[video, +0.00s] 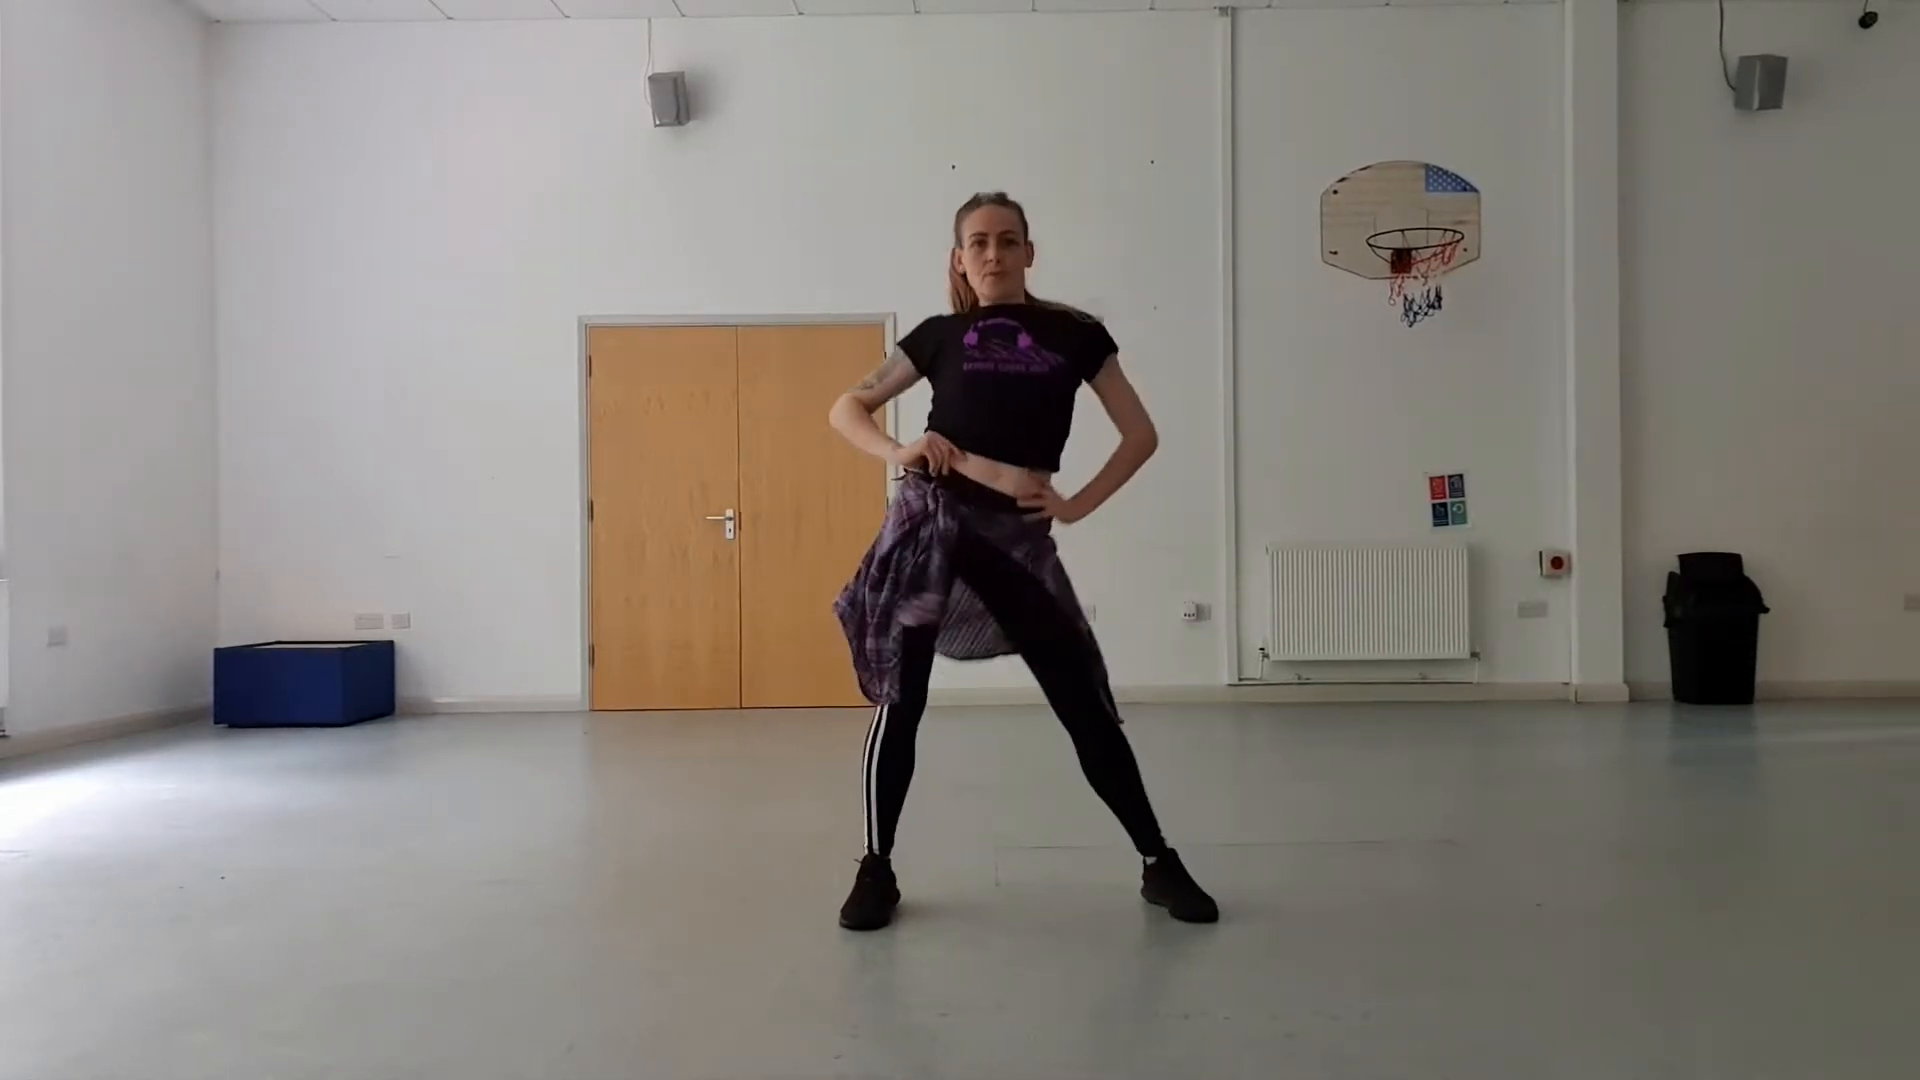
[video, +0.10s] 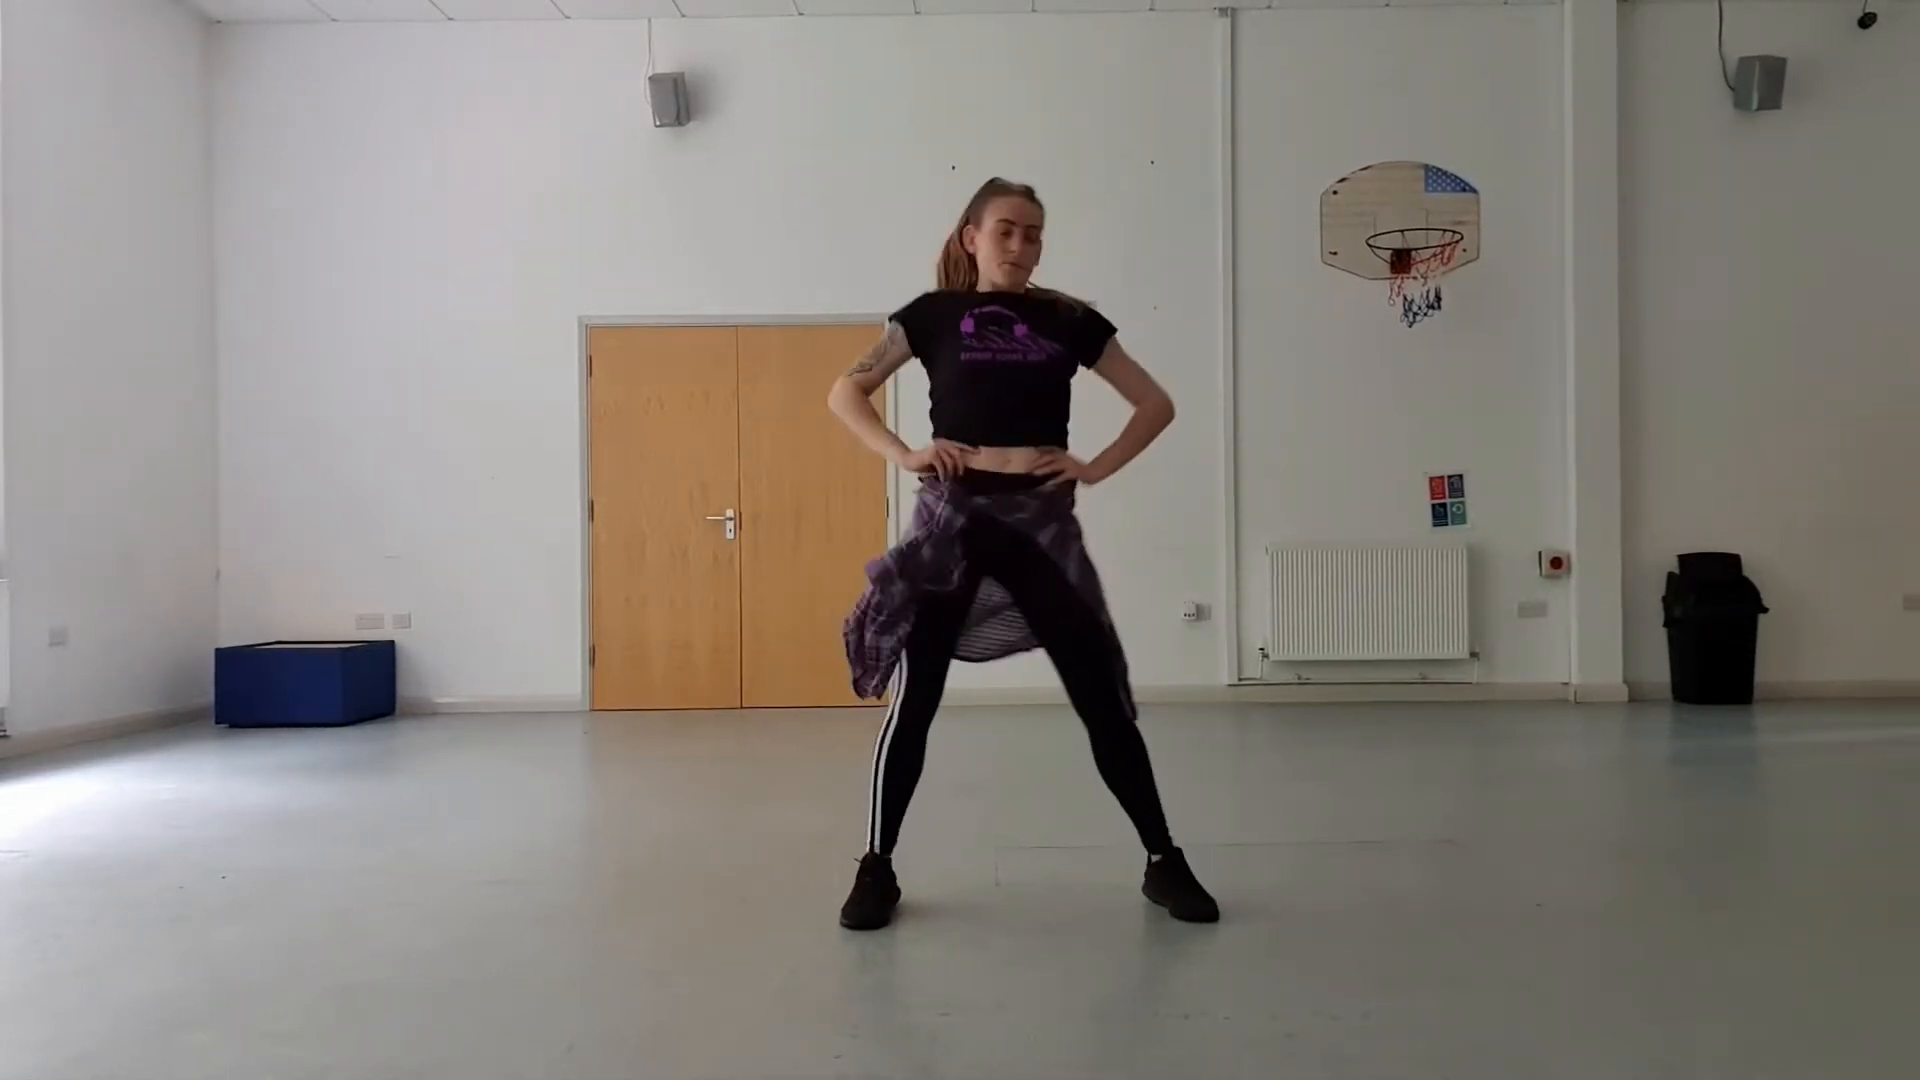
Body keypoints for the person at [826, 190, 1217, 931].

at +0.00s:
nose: (992, 253)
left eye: (1005, 241)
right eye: (978, 242)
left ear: (1029, 251)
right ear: (958, 258)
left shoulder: (1075, 335)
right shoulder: (939, 337)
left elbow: (1140, 436)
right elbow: (847, 409)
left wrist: (1080, 504)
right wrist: (894, 451)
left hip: (1017, 533)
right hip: (928, 524)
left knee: (1086, 704)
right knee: (901, 699)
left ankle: (1160, 863)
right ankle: (875, 867)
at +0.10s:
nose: (1020, 245)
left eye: (1032, 234)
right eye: (1006, 229)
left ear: (1042, 244)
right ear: (969, 235)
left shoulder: (1069, 322)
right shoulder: (933, 316)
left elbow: (1157, 405)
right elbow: (847, 393)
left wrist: (1095, 468)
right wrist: (901, 454)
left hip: (1041, 524)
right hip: (950, 521)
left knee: (1102, 697)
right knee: (916, 699)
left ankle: (1165, 861)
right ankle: (876, 867)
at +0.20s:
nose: (1052, 255)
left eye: (1060, 244)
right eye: (1040, 239)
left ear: (1060, 250)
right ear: (994, 235)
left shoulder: (1067, 324)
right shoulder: (931, 308)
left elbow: (1177, 387)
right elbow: (861, 394)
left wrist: (1109, 448)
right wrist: (920, 476)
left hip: (1068, 518)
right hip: (978, 523)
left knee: (1125, 693)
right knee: (930, 700)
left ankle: (1166, 859)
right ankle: (879, 865)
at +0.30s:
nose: (1068, 274)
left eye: (1076, 263)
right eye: (1058, 257)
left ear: (1075, 271)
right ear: (1013, 250)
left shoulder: (1071, 341)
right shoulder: (950, 323)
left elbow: (1188, 391)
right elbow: (880, 415)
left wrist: (1120, 443)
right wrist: (941, 502)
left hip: (1098, 528)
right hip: (1008, 535)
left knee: (1141, 696)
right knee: (945, 712)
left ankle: (1169, 862)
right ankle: (881, 867)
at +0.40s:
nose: (1079, 293)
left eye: (1086, 282)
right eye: (1068, 276)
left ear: (1086, 288)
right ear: (1022, 269)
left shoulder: (1081, 361)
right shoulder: (958, 348)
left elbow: (1198, 403)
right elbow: (901, 448)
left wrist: (1135, 460)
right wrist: (963, 531)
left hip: (1115, 538)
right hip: (1028, 554)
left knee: (1153, 707)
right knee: (961, 718)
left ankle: (1168, 865)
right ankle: (885, 869)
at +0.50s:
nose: (1071, 275)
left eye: (1079, 265)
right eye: (1059, 259)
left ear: (1082, 275)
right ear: (1015, 260)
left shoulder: (1084, 350)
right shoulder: (961, 338)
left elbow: (1194, 404)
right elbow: (894, 431)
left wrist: (1135, 459)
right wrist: (955, 516)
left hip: (1108, 534)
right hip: (1022, 545)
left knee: (1145, 696)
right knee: (955, 708)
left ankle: (1167, 862)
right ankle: (883, 867)